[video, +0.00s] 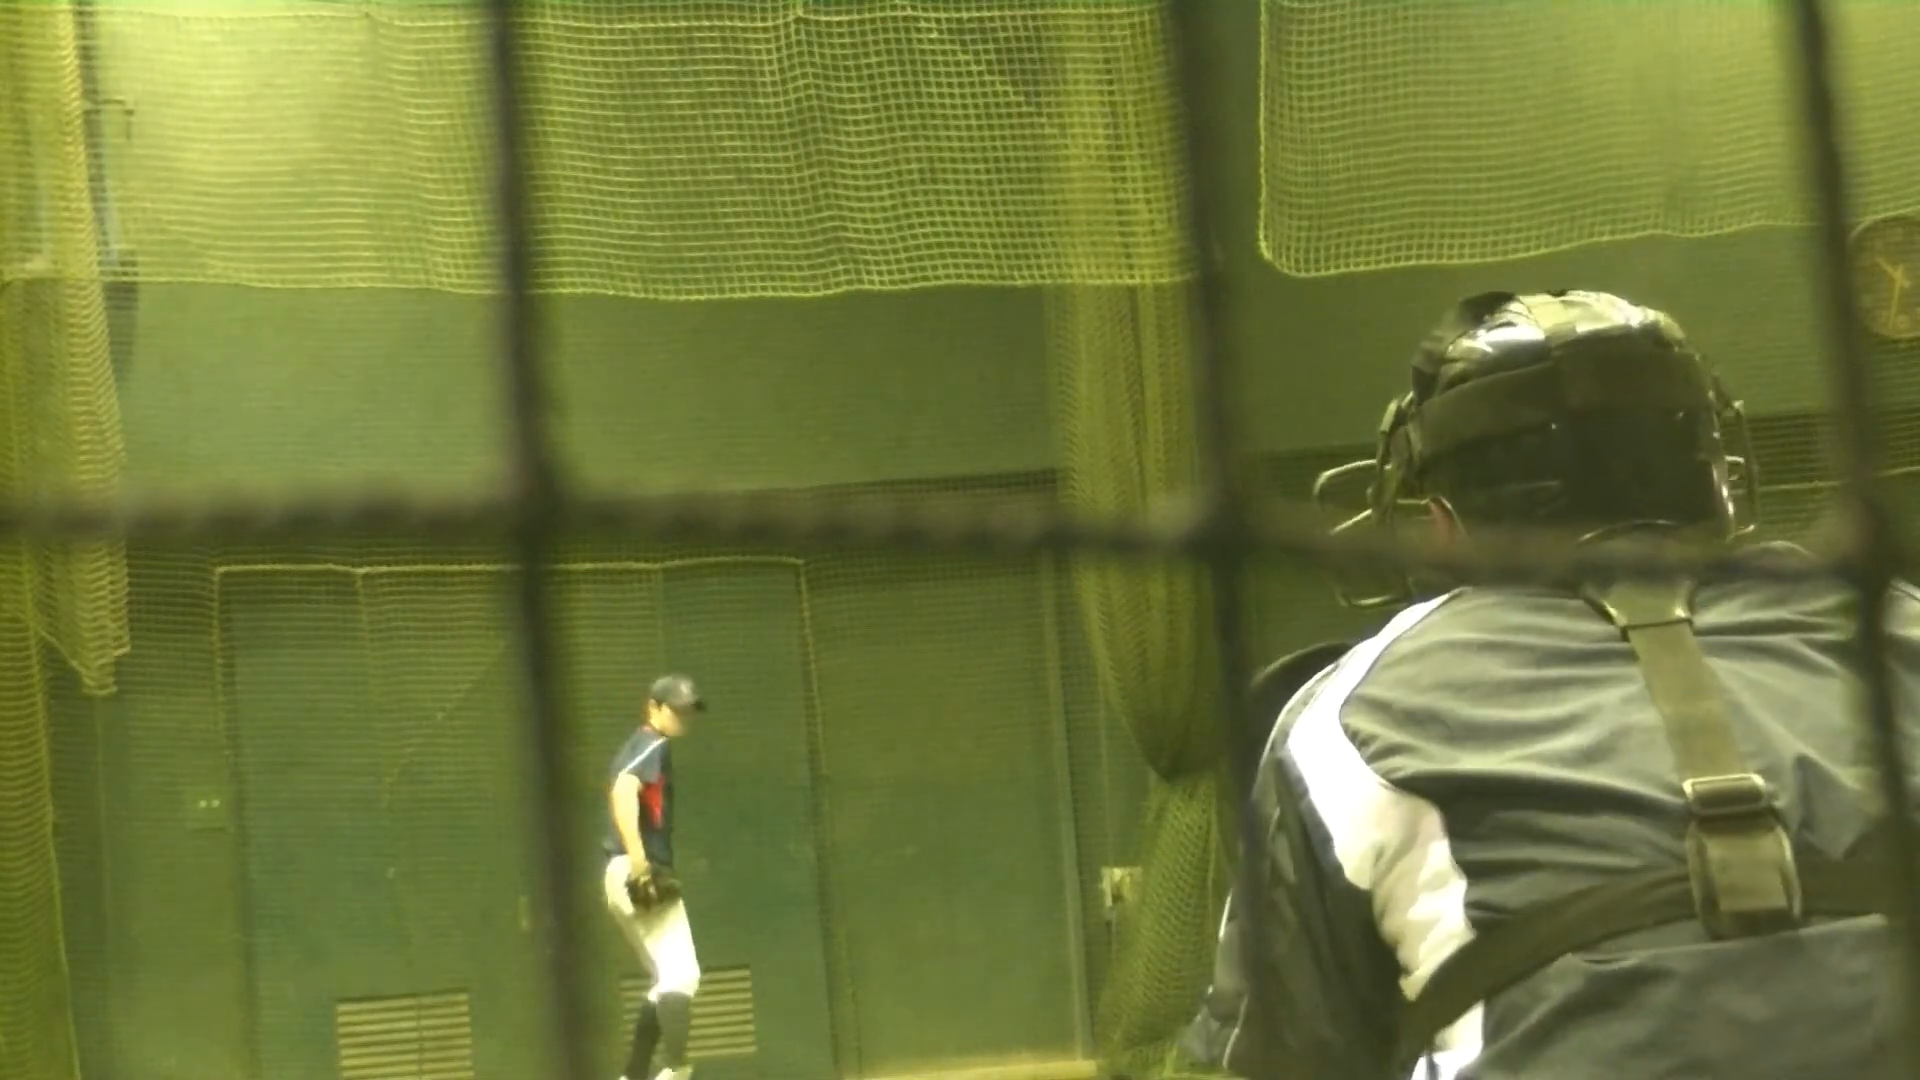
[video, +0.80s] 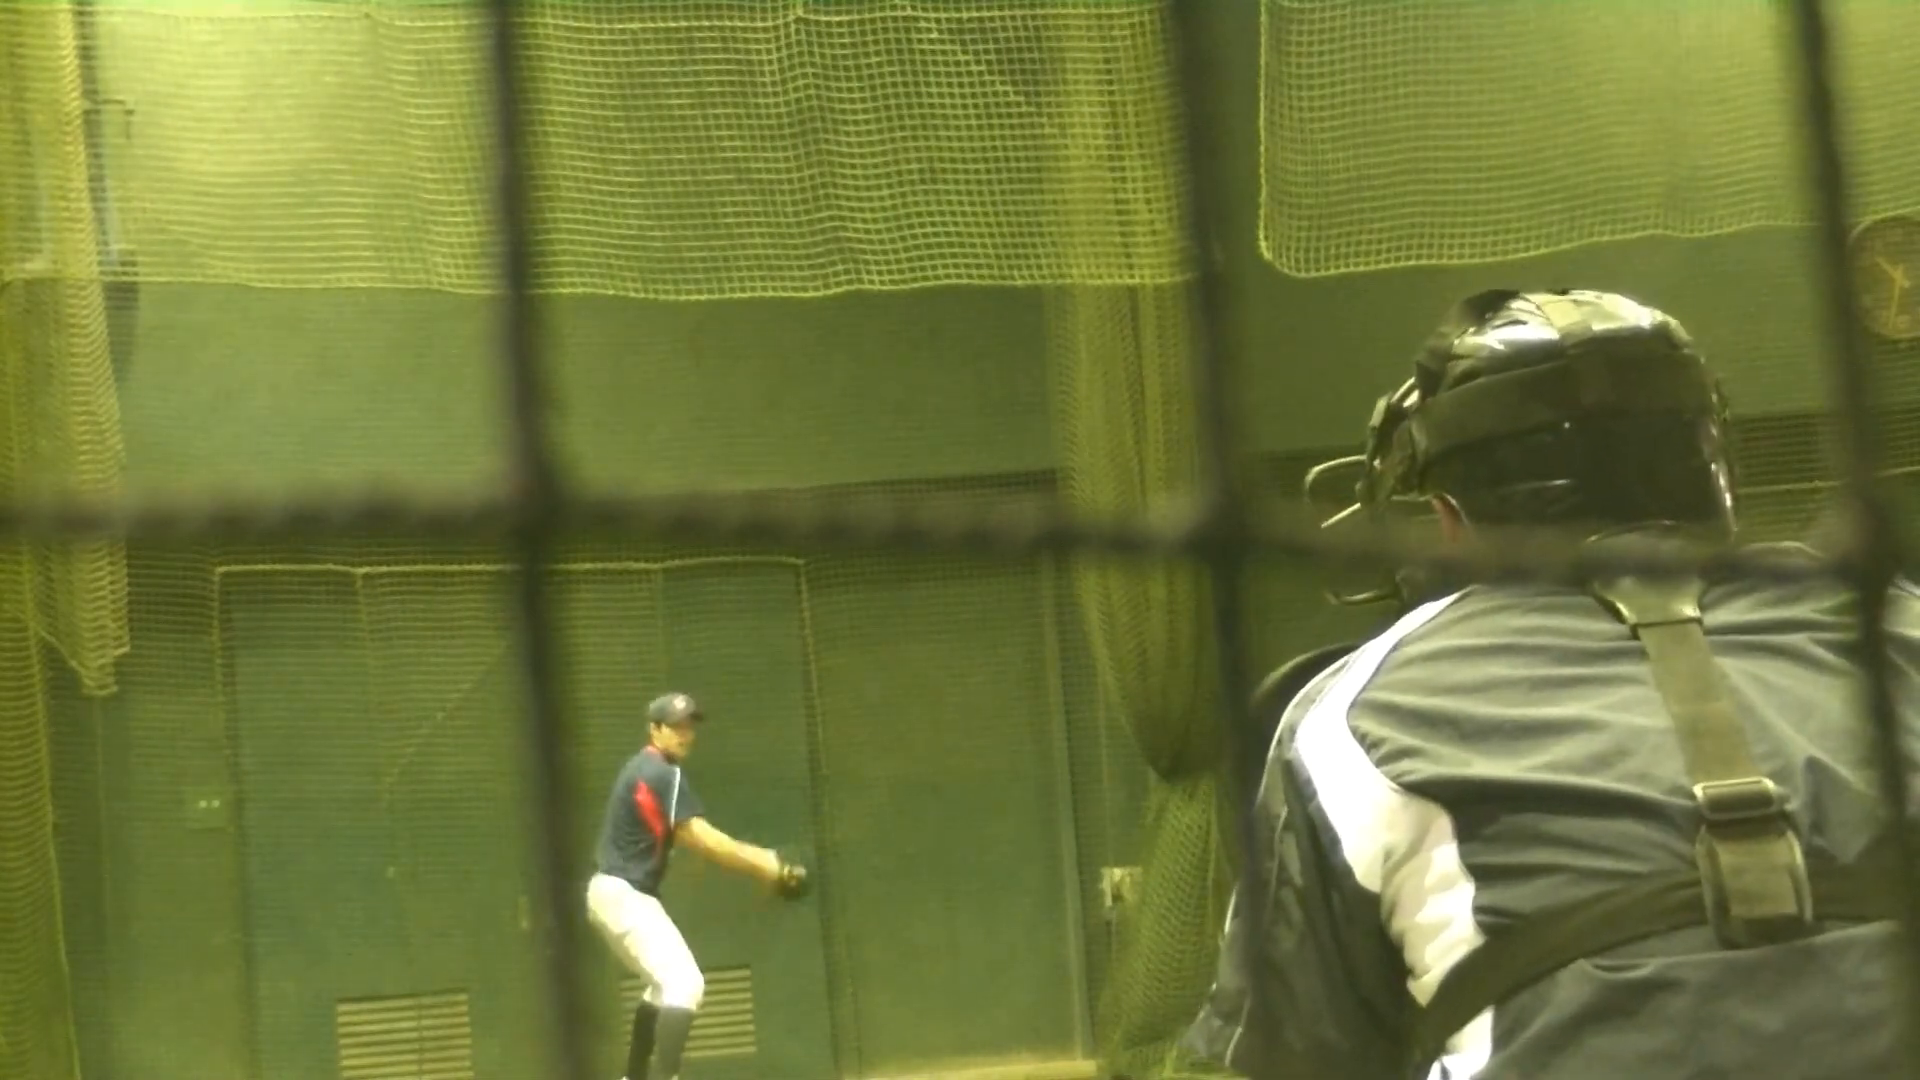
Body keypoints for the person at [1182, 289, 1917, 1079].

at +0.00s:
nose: (1404, 544)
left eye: (1406, 520)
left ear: (1442, 533)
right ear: (1719, 490)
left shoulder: (1335, 722)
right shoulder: (1894, 621)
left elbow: (1284, 1052)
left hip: (1575, 1024)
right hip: (1890, 1009)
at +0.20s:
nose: (1413, 541)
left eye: (1417, 519)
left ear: (1450, 531)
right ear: (1726, 494)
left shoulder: (1340, 719)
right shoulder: (1887, 626)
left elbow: (1282, 1049)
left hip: (1581, 1027)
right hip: (1883, 1017)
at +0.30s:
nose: (1415, 537)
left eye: (1418, 516)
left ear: (1454, 523)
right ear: (1731, 486)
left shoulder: (1344, 713)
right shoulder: (1889, 624)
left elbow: (1286, 1048)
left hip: (1584, 1025)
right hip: (1886, 1015)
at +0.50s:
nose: (1415, 544)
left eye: (1420, 518)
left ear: (1461, 523)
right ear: (1735, 487)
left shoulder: (1347, 713)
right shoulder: (1891, 622)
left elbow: (1294, 1049)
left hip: (1588, 1022)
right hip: (1884, 1016)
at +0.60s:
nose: (1410, 547)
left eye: (1415, 521)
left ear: (1458, 526)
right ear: (1727, 488)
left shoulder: (1344, 718)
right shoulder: (1891, 620)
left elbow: (1297, 1053)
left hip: (1586, 1024)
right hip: (1886, 1016)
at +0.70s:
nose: (1406, 553)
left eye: (1411, 527)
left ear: (1454, 528)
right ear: (1723, 487)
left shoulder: (1342, 718)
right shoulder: (1895, 618)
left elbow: (1297, 1054)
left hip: (1589, 1021)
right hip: (1894, 1014)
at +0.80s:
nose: (1406, 555)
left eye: (1410, 529)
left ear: (1451, 529)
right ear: (1718, 488)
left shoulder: (1340, 719)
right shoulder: (1894, 618)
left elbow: (1294, 1051)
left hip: (1590, 1019)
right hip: (1893, 1012)